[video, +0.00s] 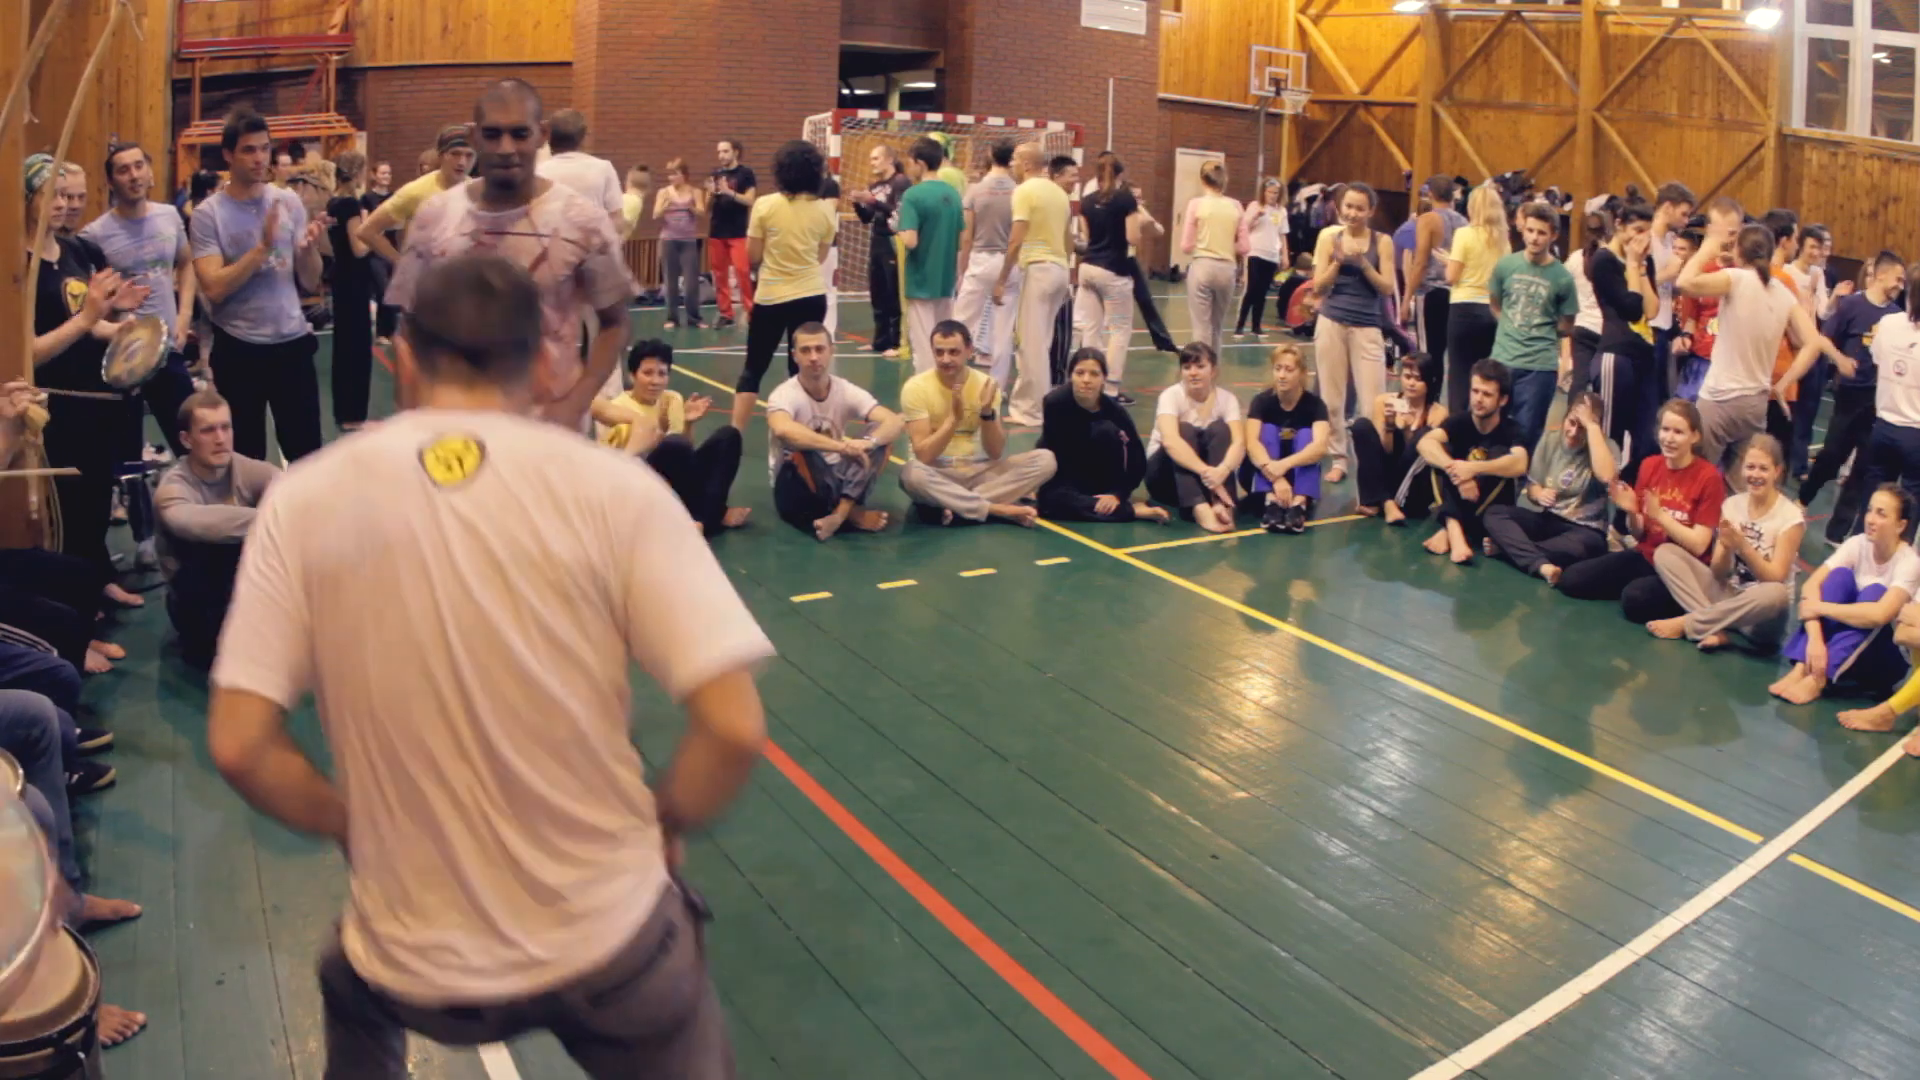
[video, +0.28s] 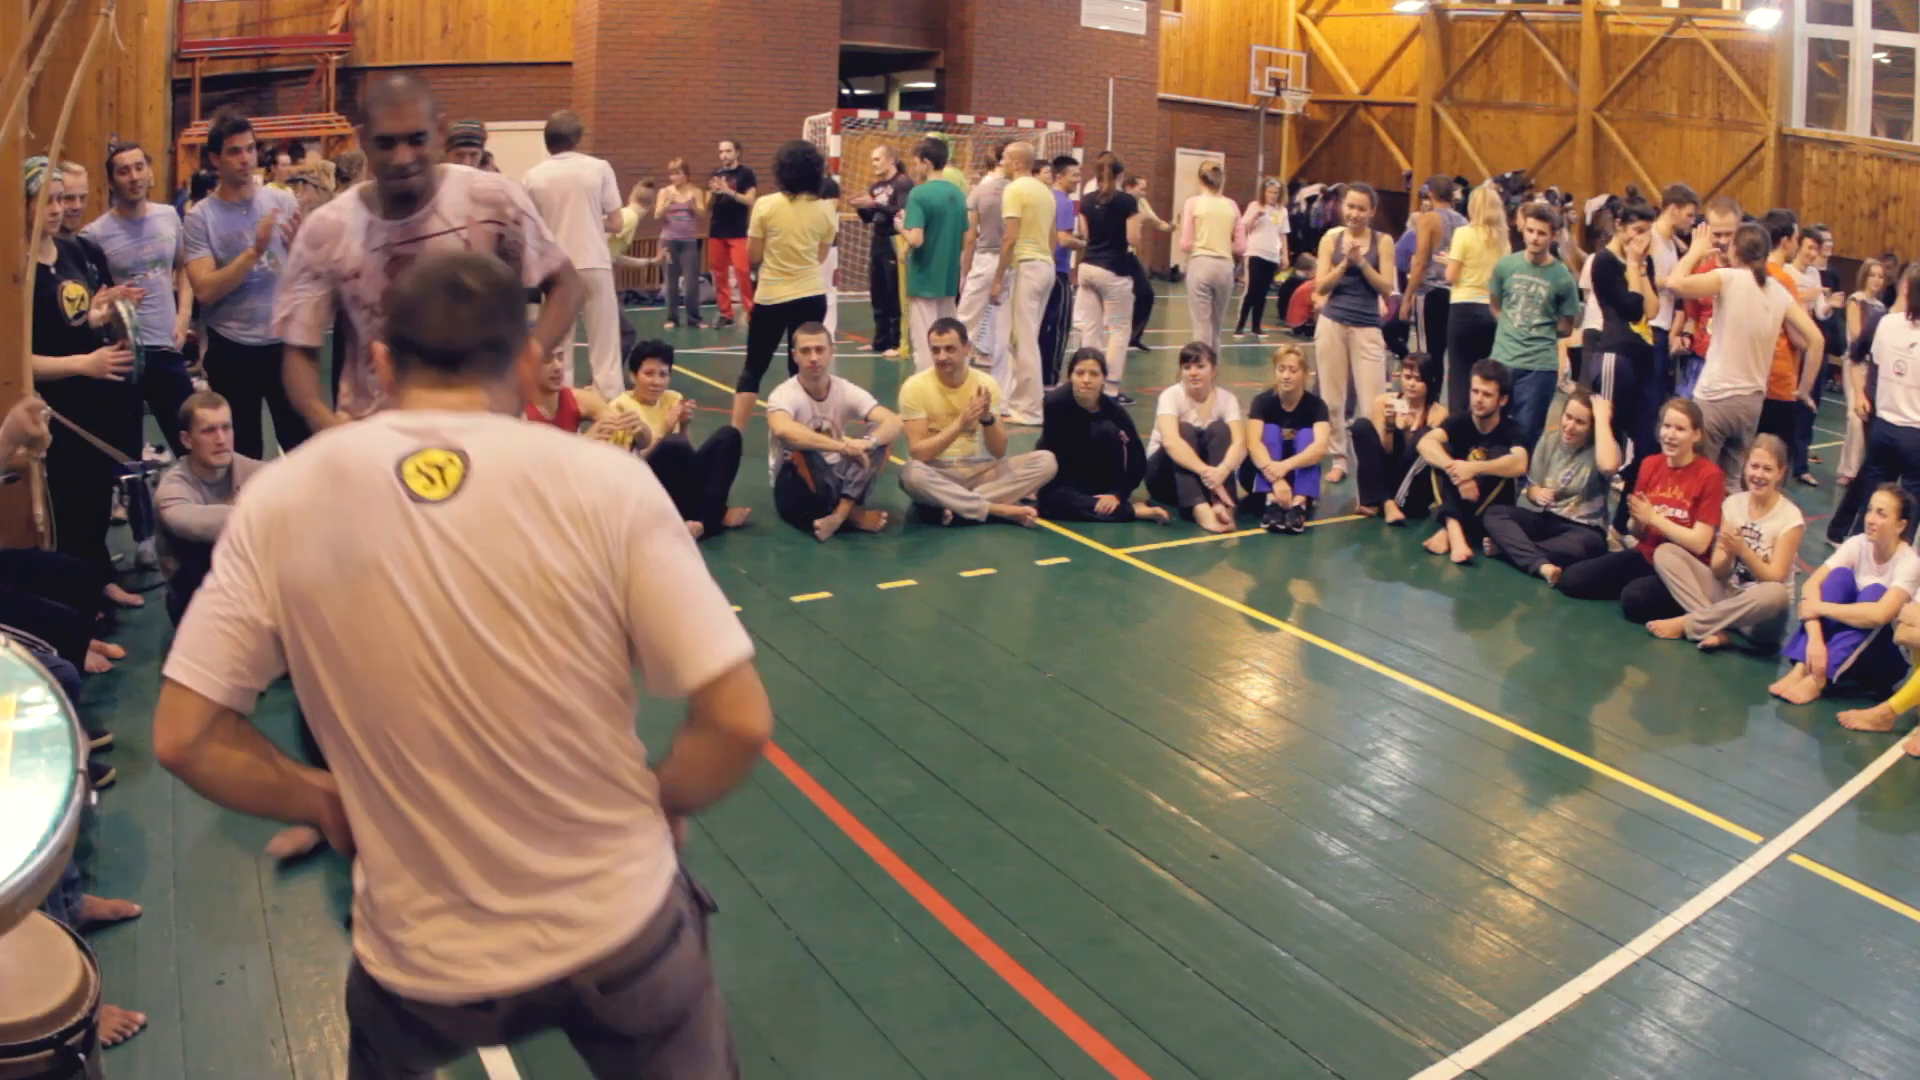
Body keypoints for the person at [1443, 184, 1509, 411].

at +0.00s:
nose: (1467, 209)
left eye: (1469, 206)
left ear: (1472, 207)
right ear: (1498, 208)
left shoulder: (1464, 234)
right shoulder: (1503, 239)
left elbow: (1452, 275)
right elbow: (1505, 274)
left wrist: (1447, 260)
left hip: (1464, 304)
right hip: (1491, 306)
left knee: (1459, 372)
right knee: (1484, 369)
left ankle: (1458, 424)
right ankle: (1483, 426)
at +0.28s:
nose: (1468, 209)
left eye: (1470, 205)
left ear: (1473, 207)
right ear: (1499, 209)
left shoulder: (1463, 233)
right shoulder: (1503, 239)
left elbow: (1452, 275)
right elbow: (1505, 273)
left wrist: (1448, 262)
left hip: (1464, 303)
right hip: (1491, 305)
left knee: (1459, 371)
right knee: (1484, 369)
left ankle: (1458, 424)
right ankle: (1483, 426)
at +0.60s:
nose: (1470, 210)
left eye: (1472, 206)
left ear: (1473, 208)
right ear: (1499, 210)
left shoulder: (1463, 233)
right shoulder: (1504, 238)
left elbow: (1451, 274)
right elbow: (1508, 273)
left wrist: (1448, 261)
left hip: (1464, 303)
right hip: (1492, 305)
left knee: (1459, 370)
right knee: (1484, 368)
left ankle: (1457, 423)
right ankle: (1483, 424)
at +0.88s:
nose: (1470, 209)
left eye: (1472, 205)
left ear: (1474, 207)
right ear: (1500, 210)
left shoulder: (1463, 233)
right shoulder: (1504, 237)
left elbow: (1451, 273)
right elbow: (1506, 272)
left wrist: (1446, 261)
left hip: (1464, 301)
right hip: (1492, 304)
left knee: (1459, 368)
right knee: (1484, 366)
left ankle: (1457, 422)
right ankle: (1483, 423)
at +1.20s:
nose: (1469, 210)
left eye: (1471, 206)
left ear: (1474, 208)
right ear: (1500, 210)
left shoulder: (1464, 233)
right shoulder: (1505, 239)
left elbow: (1451, 273)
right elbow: (1507, 274)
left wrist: (1447, 260)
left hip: (1464, 302)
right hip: (1492, 305)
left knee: (1459, 369)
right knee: (1484, 368)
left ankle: (1457, 422)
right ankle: (1482, 424)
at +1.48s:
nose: (1469, 209)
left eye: (1471, 206)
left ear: (1473, 208)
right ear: (1498, 209)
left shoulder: (1464, 233)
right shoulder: (1502, 238)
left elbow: (1453, 274)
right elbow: (1503, 273)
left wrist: (1443, 259)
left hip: (1463, 303)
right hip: (1490, 305)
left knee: (1458, 370)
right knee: (1484, 368)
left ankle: (1456, 424)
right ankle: (1482, 424)